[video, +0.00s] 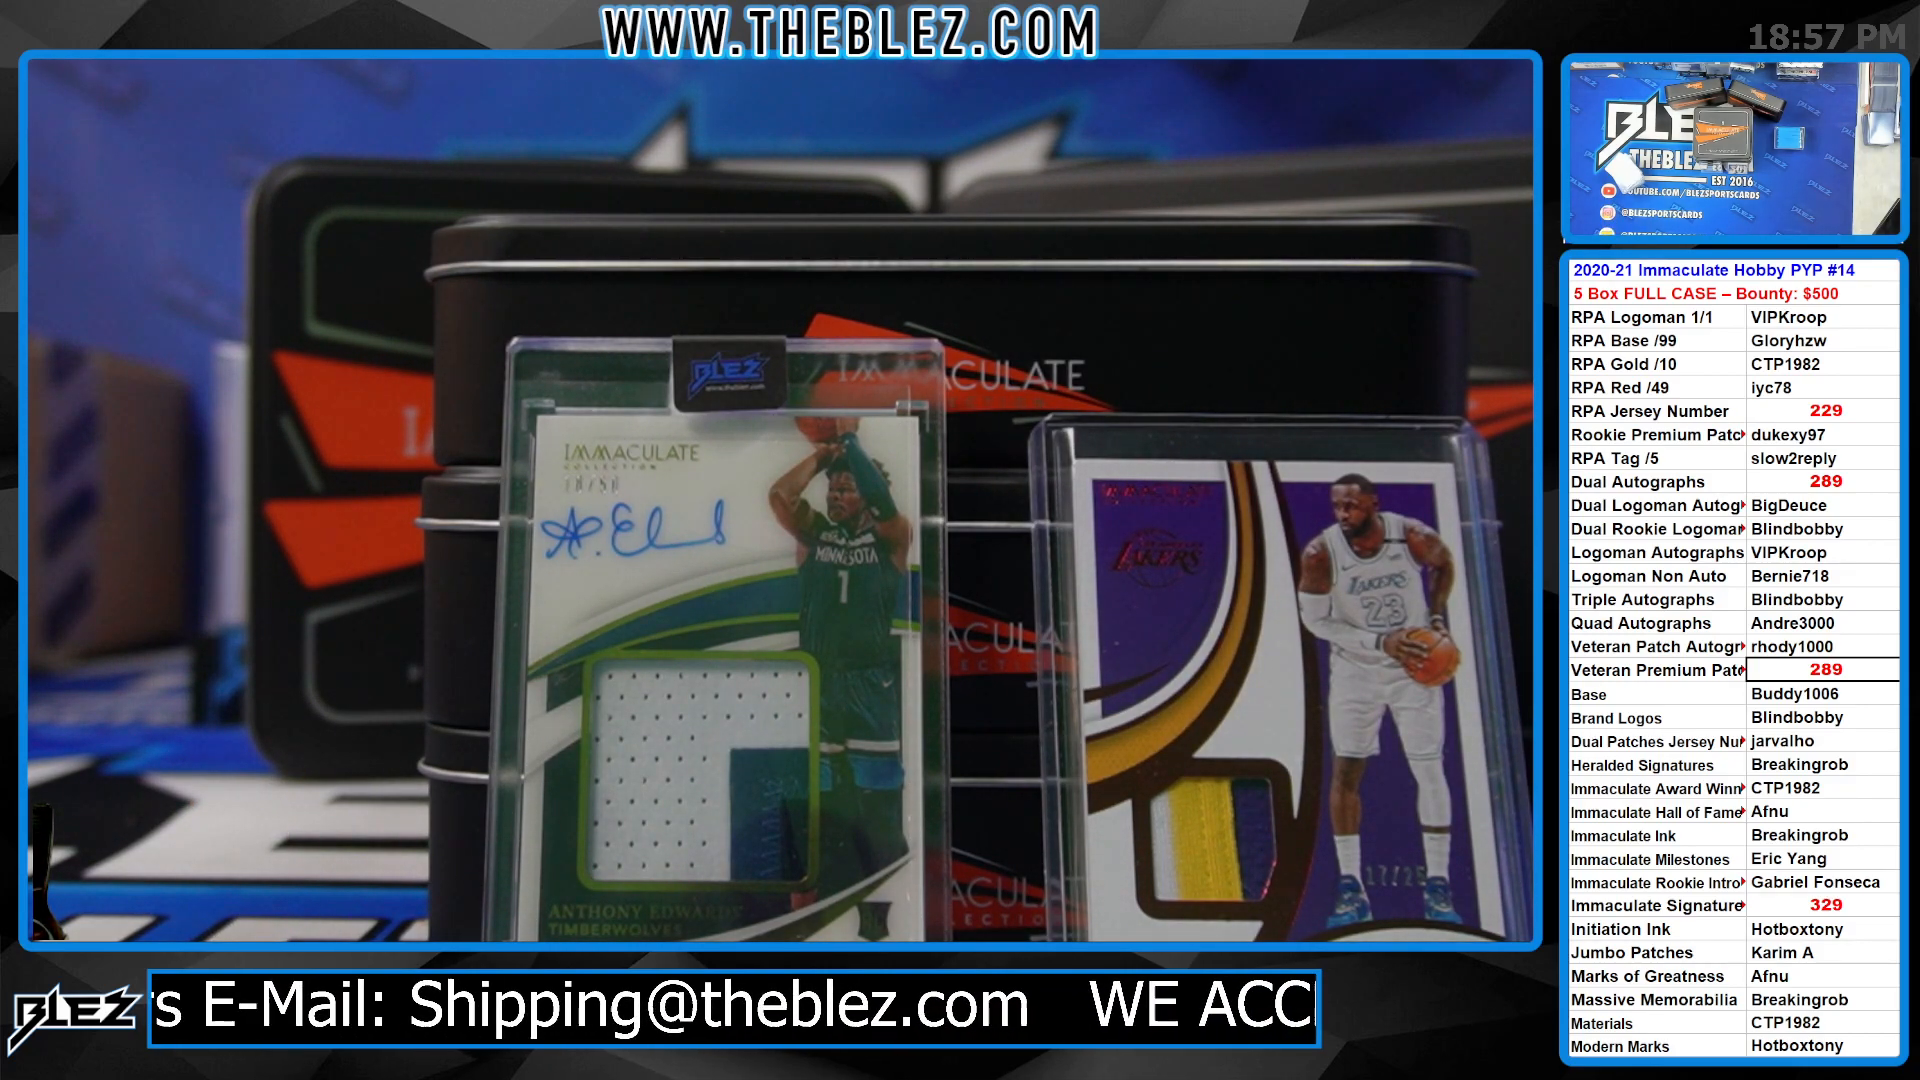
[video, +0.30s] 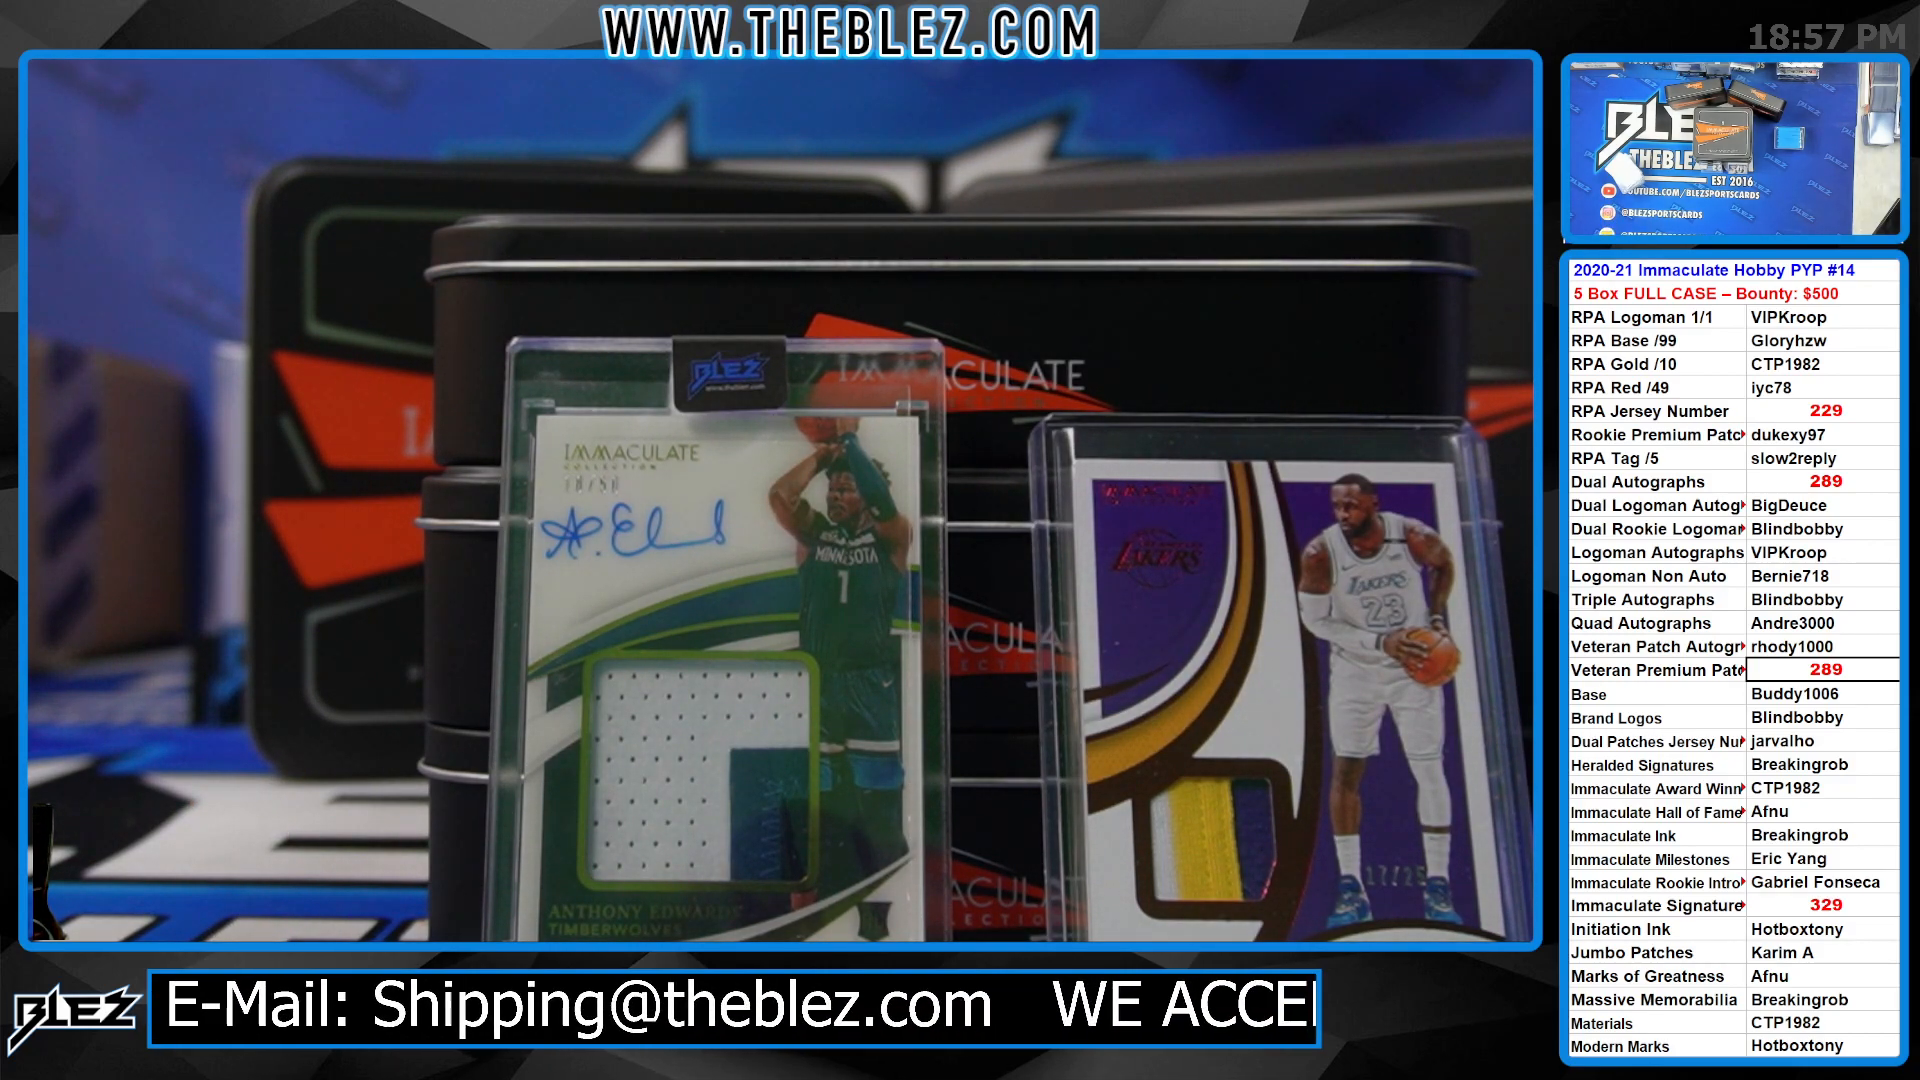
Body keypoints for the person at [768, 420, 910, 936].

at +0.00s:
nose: (841, 494)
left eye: (850, 487)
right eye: (835, 487)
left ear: (869, 494)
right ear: (826, 493)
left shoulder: (890, 539)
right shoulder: (815, 533)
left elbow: (883, 500)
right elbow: (780, 496)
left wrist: (850, 446)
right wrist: (818, 458)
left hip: (872, 678)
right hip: (817, 677)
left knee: (878, 797)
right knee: (823, 792)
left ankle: (877, 902)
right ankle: (824, 890)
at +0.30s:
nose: (841, 494)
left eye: (850, 487)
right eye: (835, 486)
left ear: (869, 494)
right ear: (826, 493)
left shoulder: (890, 539)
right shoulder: (815, 533)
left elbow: (883, 500)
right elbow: (780, 496)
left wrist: (850, 445)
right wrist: (818, 458)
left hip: (871, 677)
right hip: (818, 676)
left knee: (877, 796)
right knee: (824, 792)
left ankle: (878, 900)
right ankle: (824, 892)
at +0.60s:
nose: (841, 494)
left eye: (850, 487)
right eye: (835, 486)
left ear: (869, 494)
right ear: (827, 493)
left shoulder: (890, 539)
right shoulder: (815, 533)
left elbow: (883, 501)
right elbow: (780, 495)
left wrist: (850, 446)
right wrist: (819, 458)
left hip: (872, 680)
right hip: (817, 679)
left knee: (878, 799)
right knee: (825, 796)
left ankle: (877, 903)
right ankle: (827, 895)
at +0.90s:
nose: (840, 494)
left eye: (850, 487)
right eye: (834, 486)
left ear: (868, 494)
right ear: (826, 493)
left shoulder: (890, 539)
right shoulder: (814, 533)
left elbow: (883, 501)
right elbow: (780, 496)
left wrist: (850, 445)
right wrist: (819, 458)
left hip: (872, 678)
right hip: (817, 677)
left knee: (877, 798)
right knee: (823, 794)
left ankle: (876, 903)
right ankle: (824, 894)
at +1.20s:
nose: (835, 496)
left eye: (845, 489)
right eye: (830, 488)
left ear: (862, 495)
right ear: (822, 495)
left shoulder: (884, 539)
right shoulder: (809, 532)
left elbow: (876, 497)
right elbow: (776, 496)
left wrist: (844, 446)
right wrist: (814, 459)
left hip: (866, 679)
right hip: (813, 678)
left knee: (874, 795)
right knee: (821, 794)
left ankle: (873, 895)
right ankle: (824, 887)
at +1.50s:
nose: (835, 495)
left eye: (845, 488)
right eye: (829, 487)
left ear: (863, 495)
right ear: (821, 493)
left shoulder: (884, 539)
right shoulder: (809, 533)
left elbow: (880, 505)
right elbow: (776, 496)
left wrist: (846, 449)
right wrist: (813, 460)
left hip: (866, 675)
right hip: (813, 673)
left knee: (870, 789)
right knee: (818, 787)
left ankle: (872, 894)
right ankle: (823, 887)